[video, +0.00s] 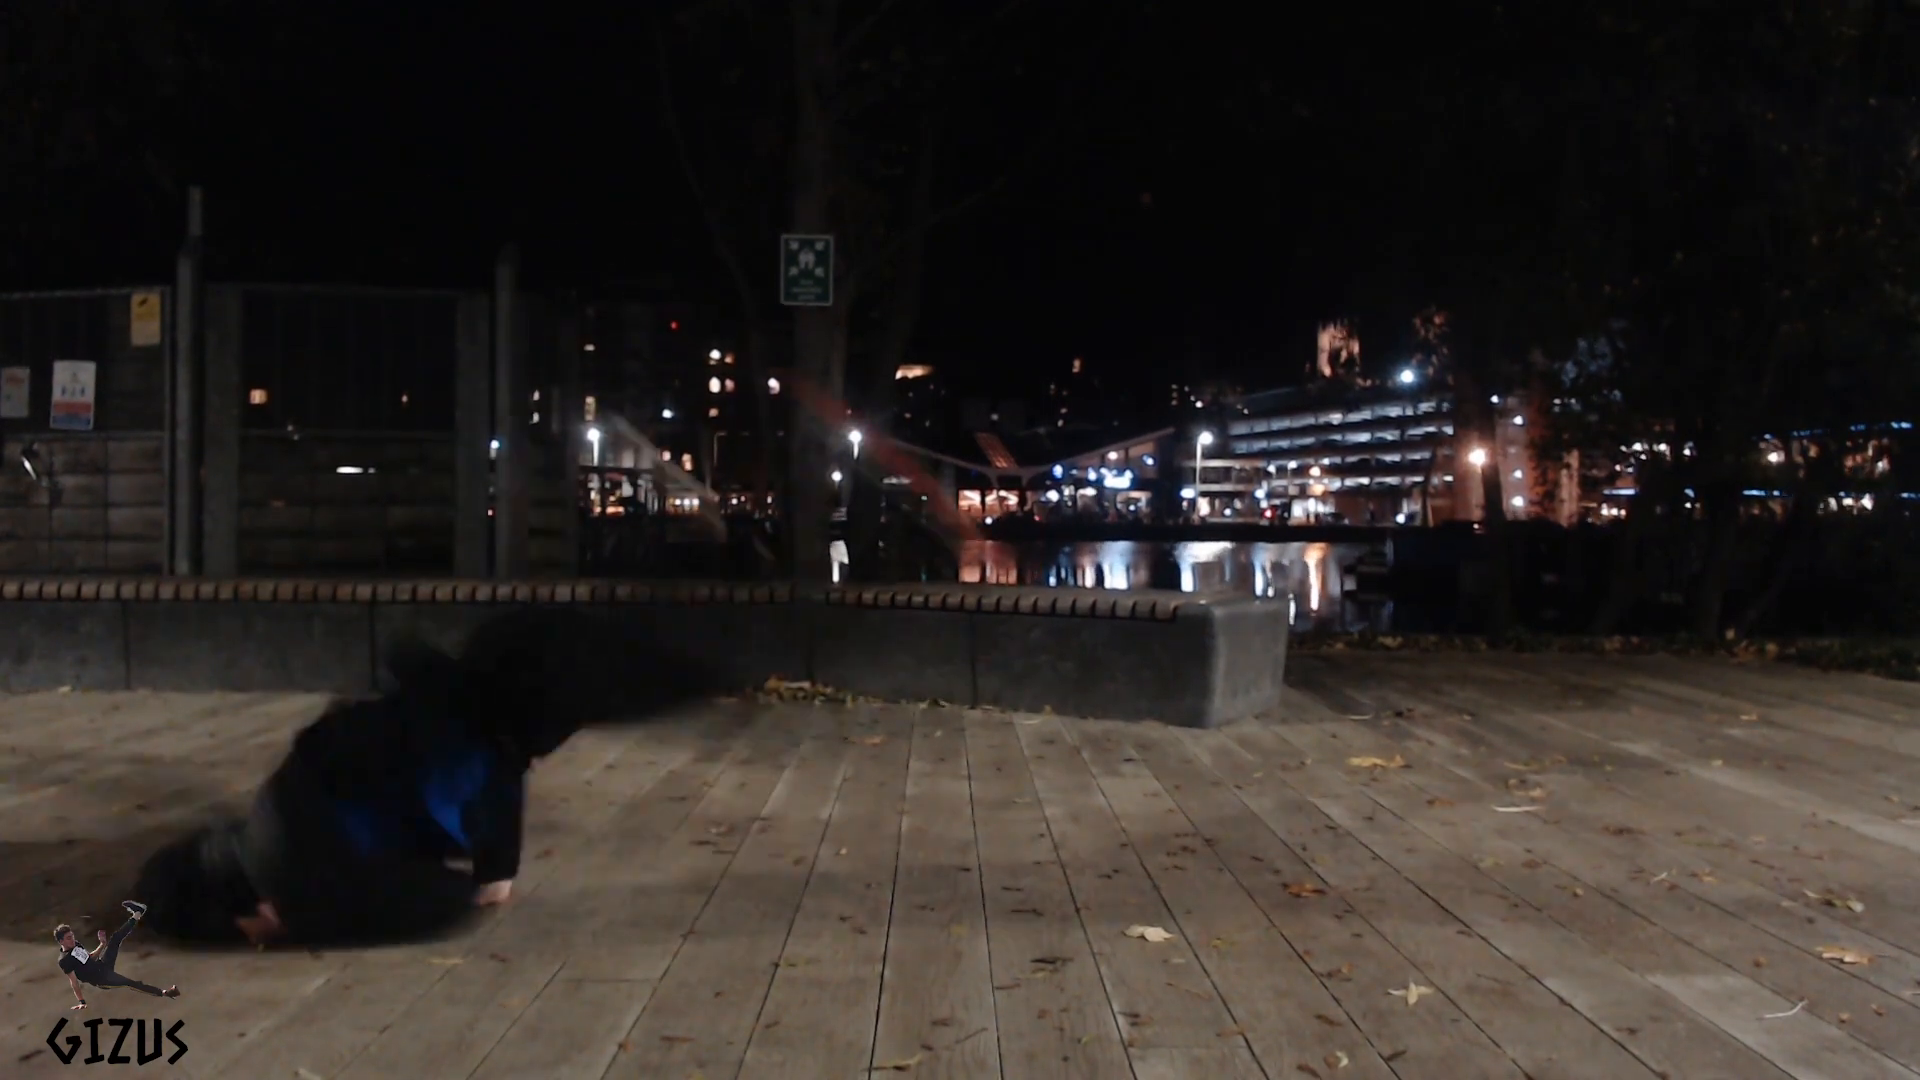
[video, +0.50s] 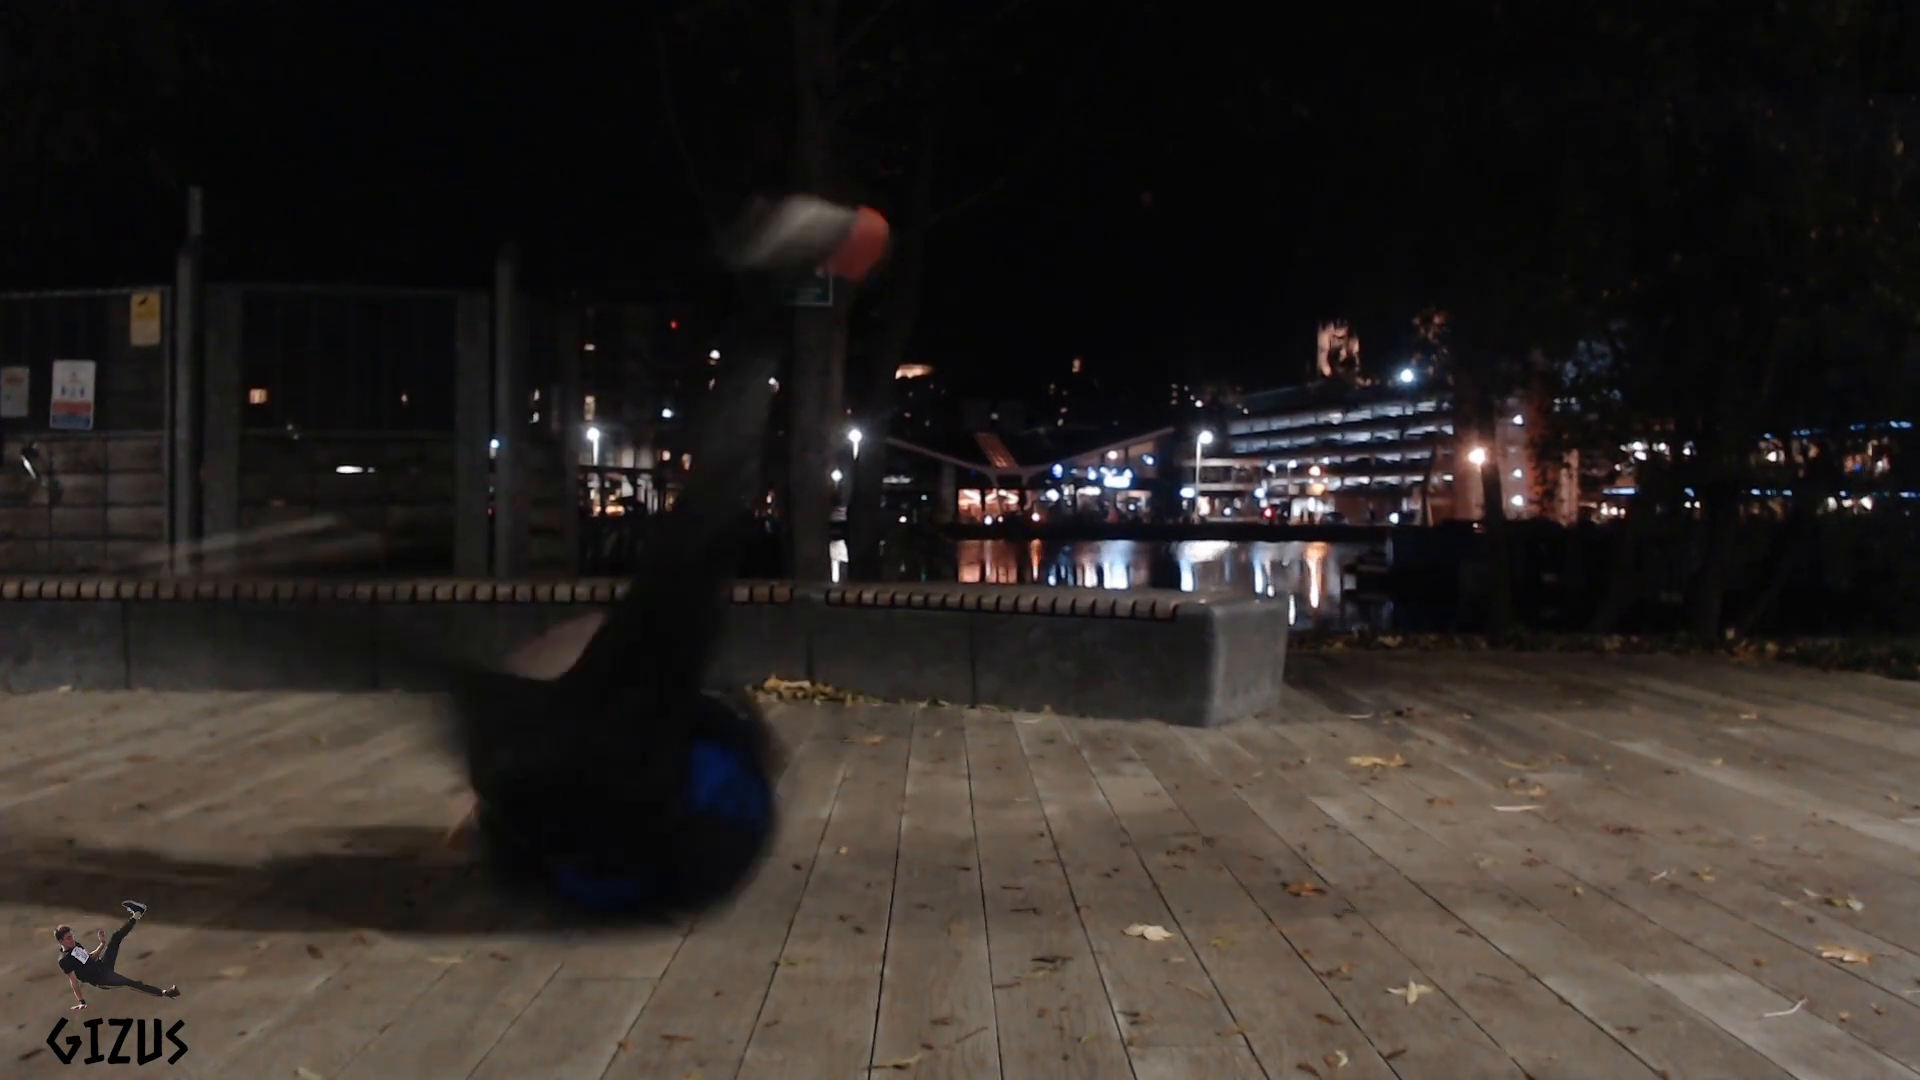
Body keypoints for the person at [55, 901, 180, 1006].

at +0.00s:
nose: (73, 939)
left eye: (72, 936)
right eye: (69, 938)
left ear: (72, 936)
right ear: (61, 941)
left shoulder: (76, 946)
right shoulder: (64, 960)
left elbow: (91, 957)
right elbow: (74, 982)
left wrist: (102, 945)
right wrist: (81, 1002)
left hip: (104, 965)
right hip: (102, 978)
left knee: (115, 939)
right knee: (132, 983)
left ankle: (136, 917)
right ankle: (164, 993)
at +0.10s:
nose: (73, 939)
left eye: (72, 936)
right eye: (69, 938)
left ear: (72, 936)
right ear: (61, 942)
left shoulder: (76, 945)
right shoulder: (64, 960)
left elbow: (91, 957)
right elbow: (74, 982)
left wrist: (102, 945)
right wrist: (82, 1002)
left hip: (104, 965)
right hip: (102, 978)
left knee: (115, 939)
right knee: (132, 983)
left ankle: (136, 917)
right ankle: (164, 993)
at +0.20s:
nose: (73, 939)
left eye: (72, 936)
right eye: (69, 938)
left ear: (71, 937)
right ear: (62, 942)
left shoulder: (76, 946)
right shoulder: (64, 960)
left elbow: (91, 957)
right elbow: (73, 982)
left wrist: (102, 944)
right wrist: (81, 1002)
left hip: (104, 964)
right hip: (102, 978)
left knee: (116, 938)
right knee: (132, 983)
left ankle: (136, 916)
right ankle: (164, 993)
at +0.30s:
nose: (73, 939)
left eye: (72, 936)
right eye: (69, 938)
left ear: (72, 936)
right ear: (61, 941)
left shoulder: (76, 946)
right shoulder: (64, 961)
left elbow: (91, 957)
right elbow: (73, 982)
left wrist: (102, 944)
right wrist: (81, 1002)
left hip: (104, 964)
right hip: (102, 978)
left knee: (115, 939)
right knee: (132, 983)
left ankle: (136, 916)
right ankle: (165, 993)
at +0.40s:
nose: (73, 939)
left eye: (72, 936)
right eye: (69, 938)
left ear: (71, 936)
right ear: (62, 941)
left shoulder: (75, 946)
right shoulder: (64, 960)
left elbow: (91, 957)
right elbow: (73, 982)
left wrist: (102, 945)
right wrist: (81, 1002)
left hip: (104, 965)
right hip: (102, 978)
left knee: (116, 938)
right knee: (132, 983)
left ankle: (136, 916)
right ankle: (165, 993)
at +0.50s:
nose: (73, 939)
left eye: (72, 936)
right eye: (69, 938)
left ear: (71, 937)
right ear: (61, 941)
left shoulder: (75, 946)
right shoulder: (64, 960)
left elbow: (91, 957)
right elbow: (74, 982)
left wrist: (102, 945)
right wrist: (81, 1002)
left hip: (104, 965)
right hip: (102, 978)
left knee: (116, 938)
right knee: (131, 983)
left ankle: (136, 916)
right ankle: (164, 993)